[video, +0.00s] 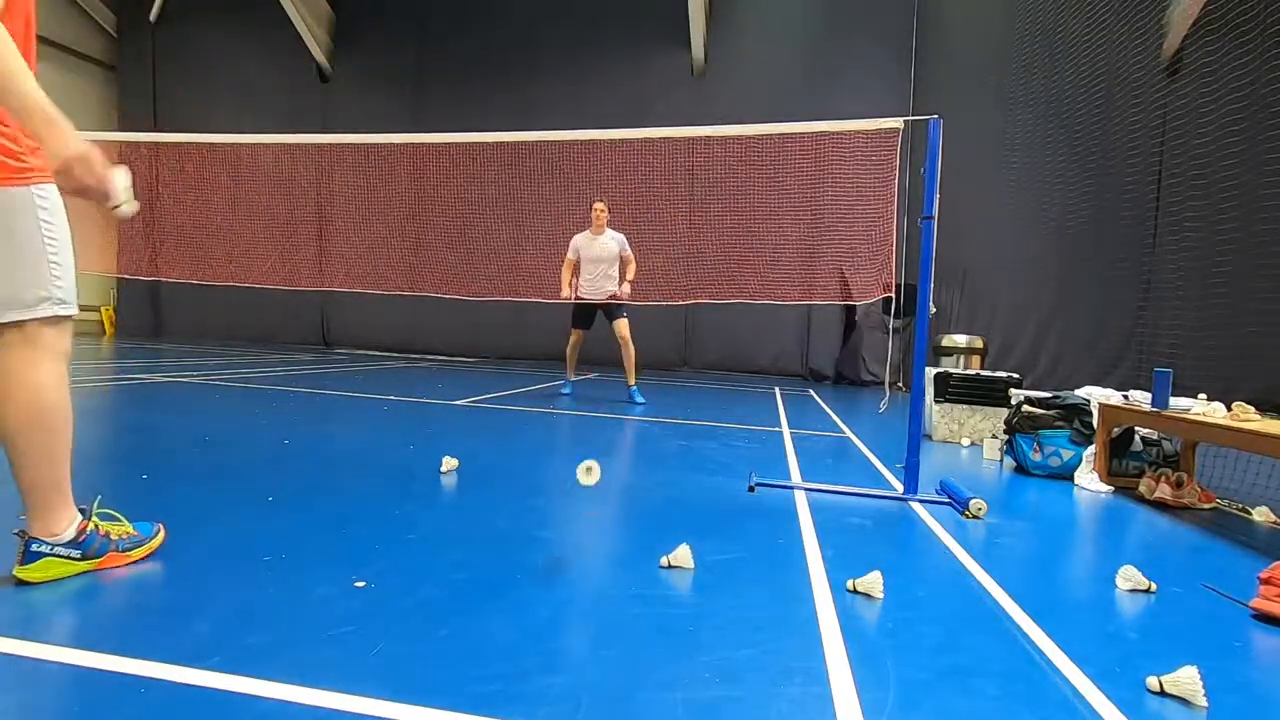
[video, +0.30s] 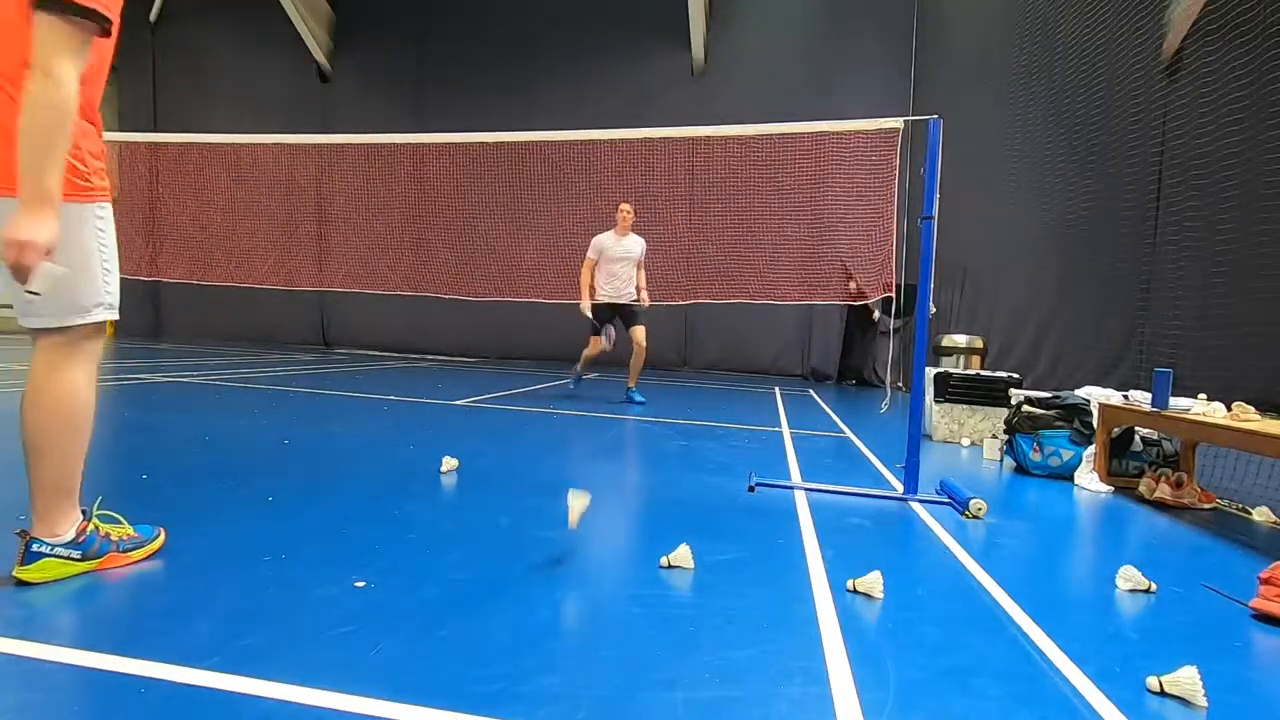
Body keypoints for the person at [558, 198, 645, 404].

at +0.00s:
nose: (599, 214)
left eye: (602, 211)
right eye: (596, 211)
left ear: (608, 215)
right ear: (590, 214)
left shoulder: (618, 239)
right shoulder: (578, 240)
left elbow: (630, 262)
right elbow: (568, 265)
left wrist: (627, 282)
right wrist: (565, 287)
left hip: (611, 297)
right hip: (585, 298)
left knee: (625, 337)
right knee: (575, 339)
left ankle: (632, 386)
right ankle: (569, 380)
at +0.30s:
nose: (625, 215)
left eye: (628, 212)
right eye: (621, 212)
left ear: (634, 217)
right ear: (616, 215)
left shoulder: (639, 243)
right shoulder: (600, 241)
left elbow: (640, 268)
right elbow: (586, 269)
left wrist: (643, 291)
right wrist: (585, 298)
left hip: (629, 302)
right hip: (603, 302)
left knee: (641, 343)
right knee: (595, 348)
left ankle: (631, 388)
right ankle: (579, 369)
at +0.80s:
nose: (657, 210)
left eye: (660, 207)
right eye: (653, 206)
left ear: (664, 213)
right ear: (644, 210)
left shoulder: (661, 242)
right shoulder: (635, 232)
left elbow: (659, 270)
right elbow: (619, 240)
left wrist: (682, 285)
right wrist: (633, 224)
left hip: (649, 302)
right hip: (626, 299)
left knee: (650, 353)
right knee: (635, 338)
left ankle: (630, 384)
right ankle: (637, 402)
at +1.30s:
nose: (676, 225)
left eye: (679, 222)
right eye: (672, 220)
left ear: (681, 227)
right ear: (661, 221)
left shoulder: (673, 248)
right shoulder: (643, 244)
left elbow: (661, 271)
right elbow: (641, 264)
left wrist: (660, 290)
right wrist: (662, 277)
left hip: (646, 304)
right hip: (623, 301)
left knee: (648, 352)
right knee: (639, 339)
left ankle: (628, 382)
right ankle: (640, 402)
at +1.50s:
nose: (669, 230)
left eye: (672, 228)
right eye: (664, 226)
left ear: (674, 233)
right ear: (654, 229)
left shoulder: (666, 258)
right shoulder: (639, 253)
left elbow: (653, 286)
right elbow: (625, 277)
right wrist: (627, 287)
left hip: (646, 312)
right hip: (623, 307)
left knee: (656, 367)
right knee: (639, 339)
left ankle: (630, 381)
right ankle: (640, 403)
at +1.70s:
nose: (653, 219)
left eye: (656, 216)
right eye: (649, 215)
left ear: (659, 223)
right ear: (639, 219)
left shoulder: (657, 251)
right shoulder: (626, 241)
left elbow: (656, 281)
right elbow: (605, 243)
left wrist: (663, 307)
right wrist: (590, 234)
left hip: (645, 307)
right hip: (622, 303)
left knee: (652, 361)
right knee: (630, 342)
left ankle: (628, 385)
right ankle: (636, 400)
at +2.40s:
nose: (593, 217)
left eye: (597, 214)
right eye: (591, 213)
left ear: (603, 219)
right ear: (586, 217)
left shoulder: (612, 243)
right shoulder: (573, 243)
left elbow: (624, 268)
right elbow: (564, 271)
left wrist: (620, 288)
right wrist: (557, 293)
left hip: (604, 302)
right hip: (577, 302)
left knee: (618, 337)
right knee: (568, 341)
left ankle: (627, 387)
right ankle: (563, 382)